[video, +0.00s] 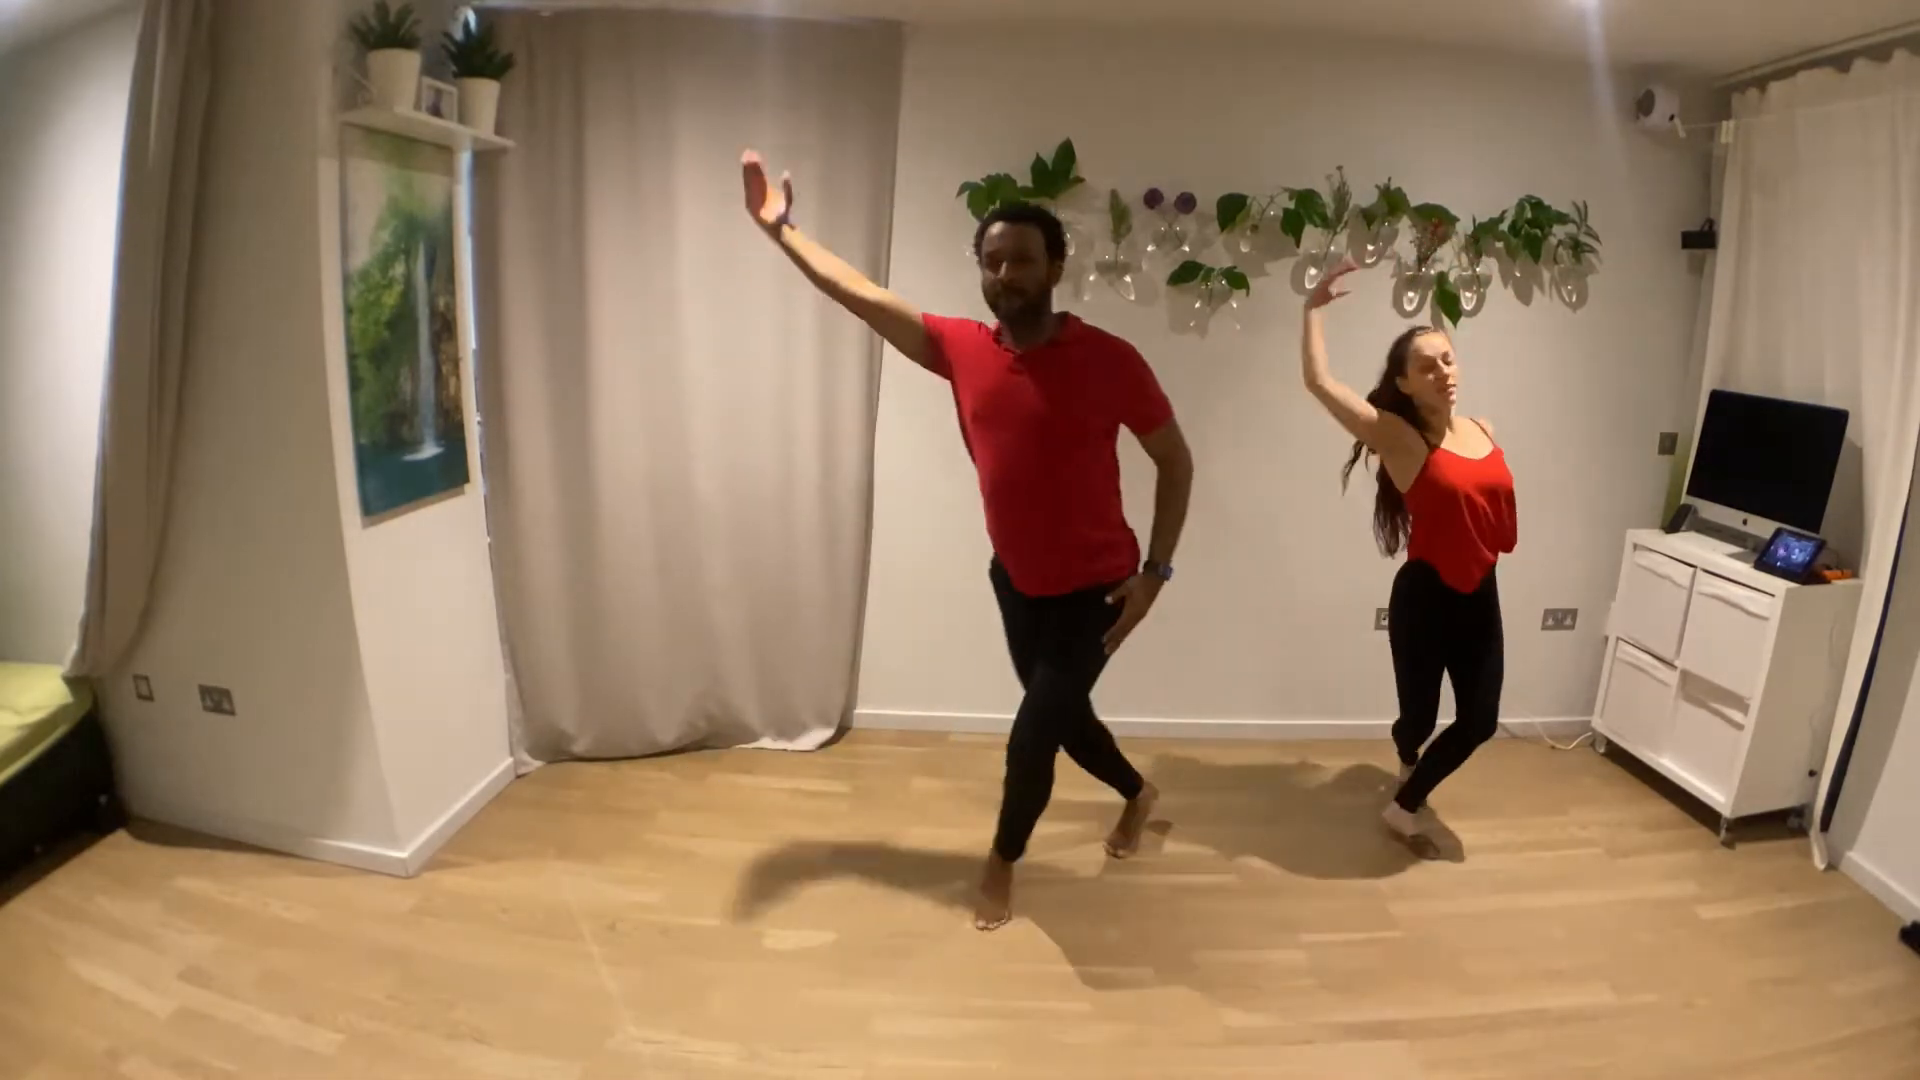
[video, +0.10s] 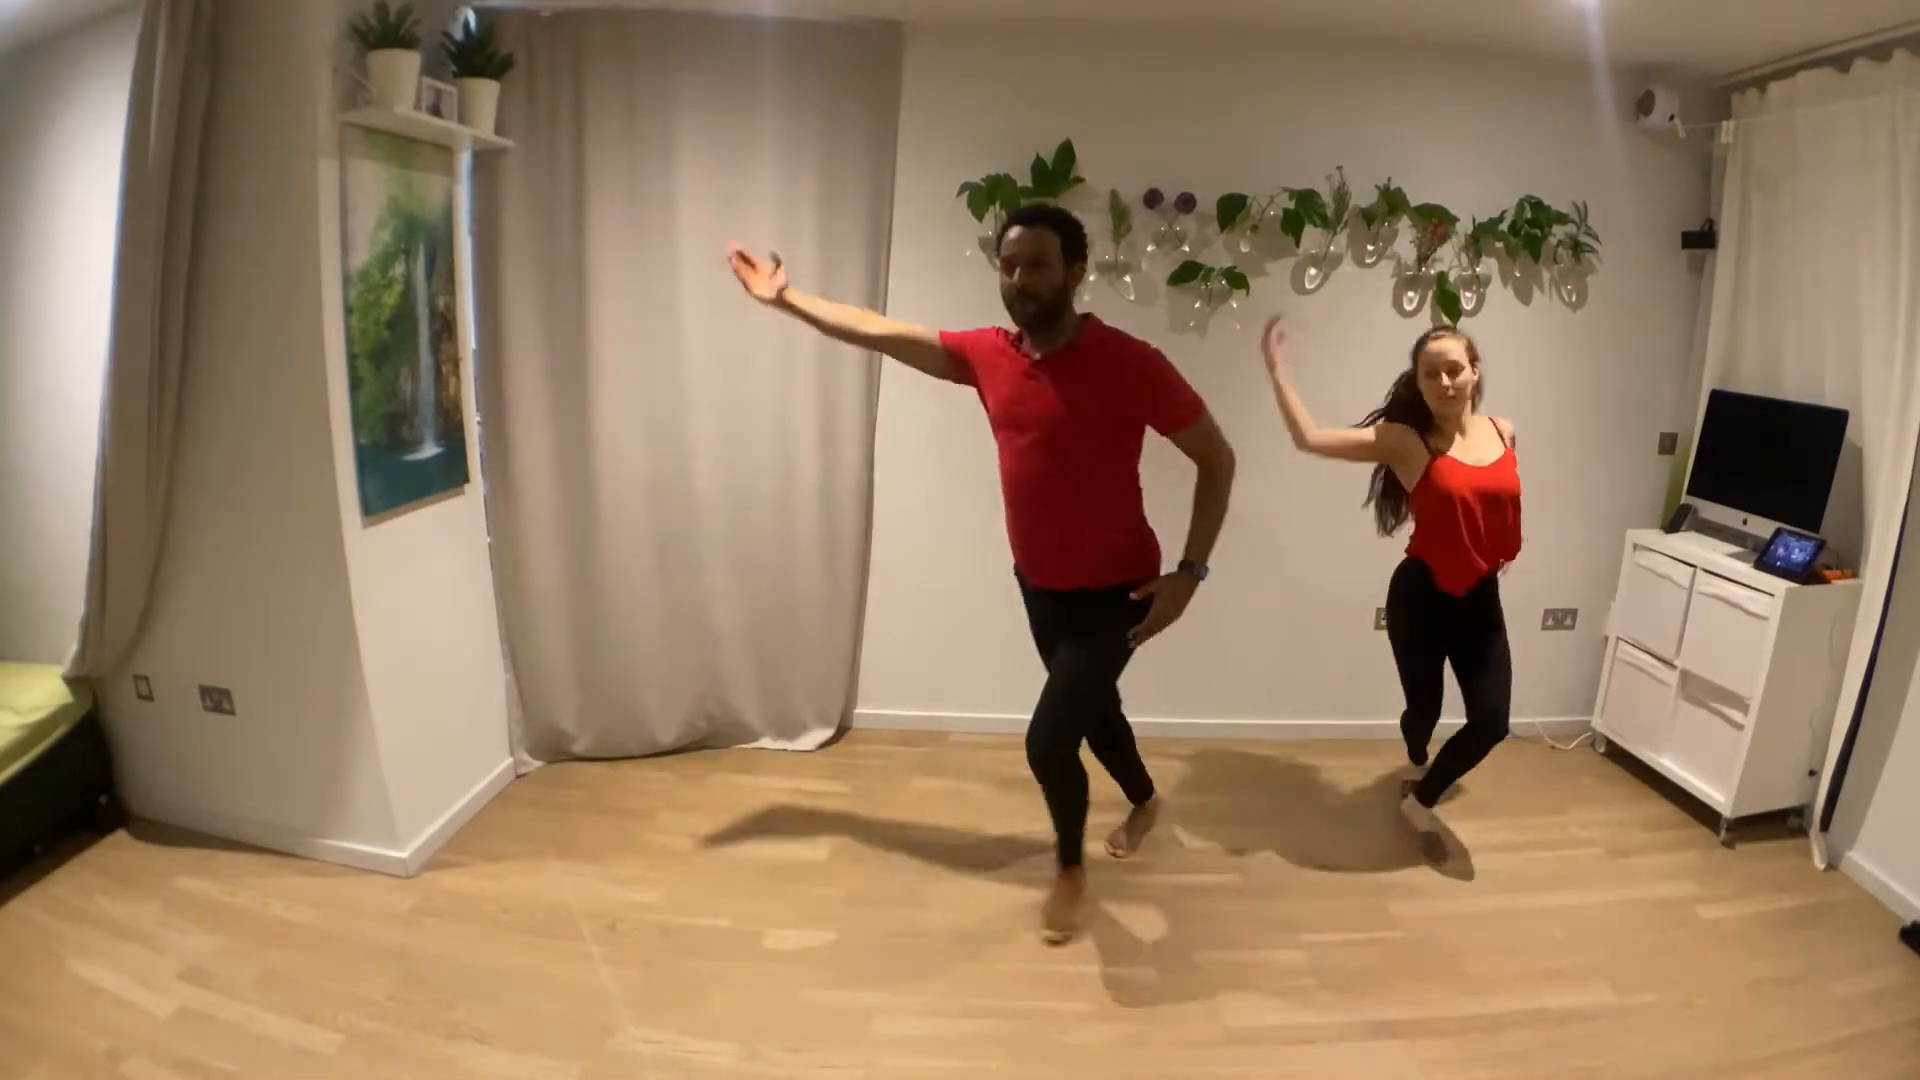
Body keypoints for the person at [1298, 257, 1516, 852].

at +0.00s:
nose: (1445, 371)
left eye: (1449, 359)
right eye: (1428, 365)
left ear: (1459, 367)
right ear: (1403, 385)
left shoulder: (1476, 430)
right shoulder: (1396, 438)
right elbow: (1320, 381)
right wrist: (1314, 306)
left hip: (1478, 592)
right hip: (1422, 593)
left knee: (1478, 721)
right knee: (1419, 721)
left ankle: (1403, 808)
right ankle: (1410, 760)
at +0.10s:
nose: (1448, 382)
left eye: (1458, 369)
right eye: (1435, 373)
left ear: (1476, 373)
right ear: (1418, 383)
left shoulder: (1499, 432)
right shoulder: (1401, 439)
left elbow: (1491, 501)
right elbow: (1308, 437)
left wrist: (1489, 554)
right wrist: (1277, 368)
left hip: (1479, 597)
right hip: (1421, 596)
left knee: (1491, 723)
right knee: (1423, 708)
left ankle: (1419, 801)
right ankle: (1420, 768)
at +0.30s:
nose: (1453, 392)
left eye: (1467, 382)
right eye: (1446, 380)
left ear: (1497, 388)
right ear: (1438, 384)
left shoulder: (1523, 456)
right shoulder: (1416, 459)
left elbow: (1564, 525)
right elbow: (1376, 550)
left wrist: (1608, 587)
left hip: (1482, 606)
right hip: (1418, 602)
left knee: (1478, 735)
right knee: (1421, 709)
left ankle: (1451, 841)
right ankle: (1416, 768)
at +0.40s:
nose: (1458, 387)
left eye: (1473, 377)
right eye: (1452, 375)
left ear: (1505, 384)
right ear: (1444, 379)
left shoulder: (1533, 460)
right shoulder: (1424, 457)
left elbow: (1541, 547)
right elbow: (1416, 551)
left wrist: (1569, 619)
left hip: (1487, 617)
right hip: (1426, 614)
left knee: (1467, 744)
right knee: (1417, 728)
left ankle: (1449, 843)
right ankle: (1416, 765)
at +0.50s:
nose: (1465, 381)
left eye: (1480, 371)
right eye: (1459, 370)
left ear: (1513, 380)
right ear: (1451, 374)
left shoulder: (1534, 455)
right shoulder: (1429, 441)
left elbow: (1525, 541)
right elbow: (1408, 514)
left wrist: (1497, 583)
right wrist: (1425, 549)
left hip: (1489, 607)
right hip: (1426, 600)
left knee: (1473, 743)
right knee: (1390, 740)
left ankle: (1451, 842)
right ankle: (1417, 795)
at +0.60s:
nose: (1462, 372)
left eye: (1478, 363)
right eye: (1456, 361)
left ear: (1510, 374)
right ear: (1447, 366)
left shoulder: (1526, 445)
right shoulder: (1428, 422)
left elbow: (1544, 535)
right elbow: (1365, 461)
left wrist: (1473, 552)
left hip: (1489, 607)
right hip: (1424, 598)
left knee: (1470, 740)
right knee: (1382, 730)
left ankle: (1453, 843)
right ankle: (1373, 859)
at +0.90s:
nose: (1418, 362)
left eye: (1435, 353)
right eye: (1414, 351)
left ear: (1474, 365)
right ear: (1410, 358)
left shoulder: (1488, 430)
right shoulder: (1401, 405)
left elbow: (1584, 460)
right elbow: (1364, 332)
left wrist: (1600, 527)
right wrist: (1336, 269)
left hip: (1436, 615)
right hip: (1368, 611)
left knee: (1436, 753)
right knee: (1350, 770)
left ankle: (1452, 834)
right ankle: (1350, 908)